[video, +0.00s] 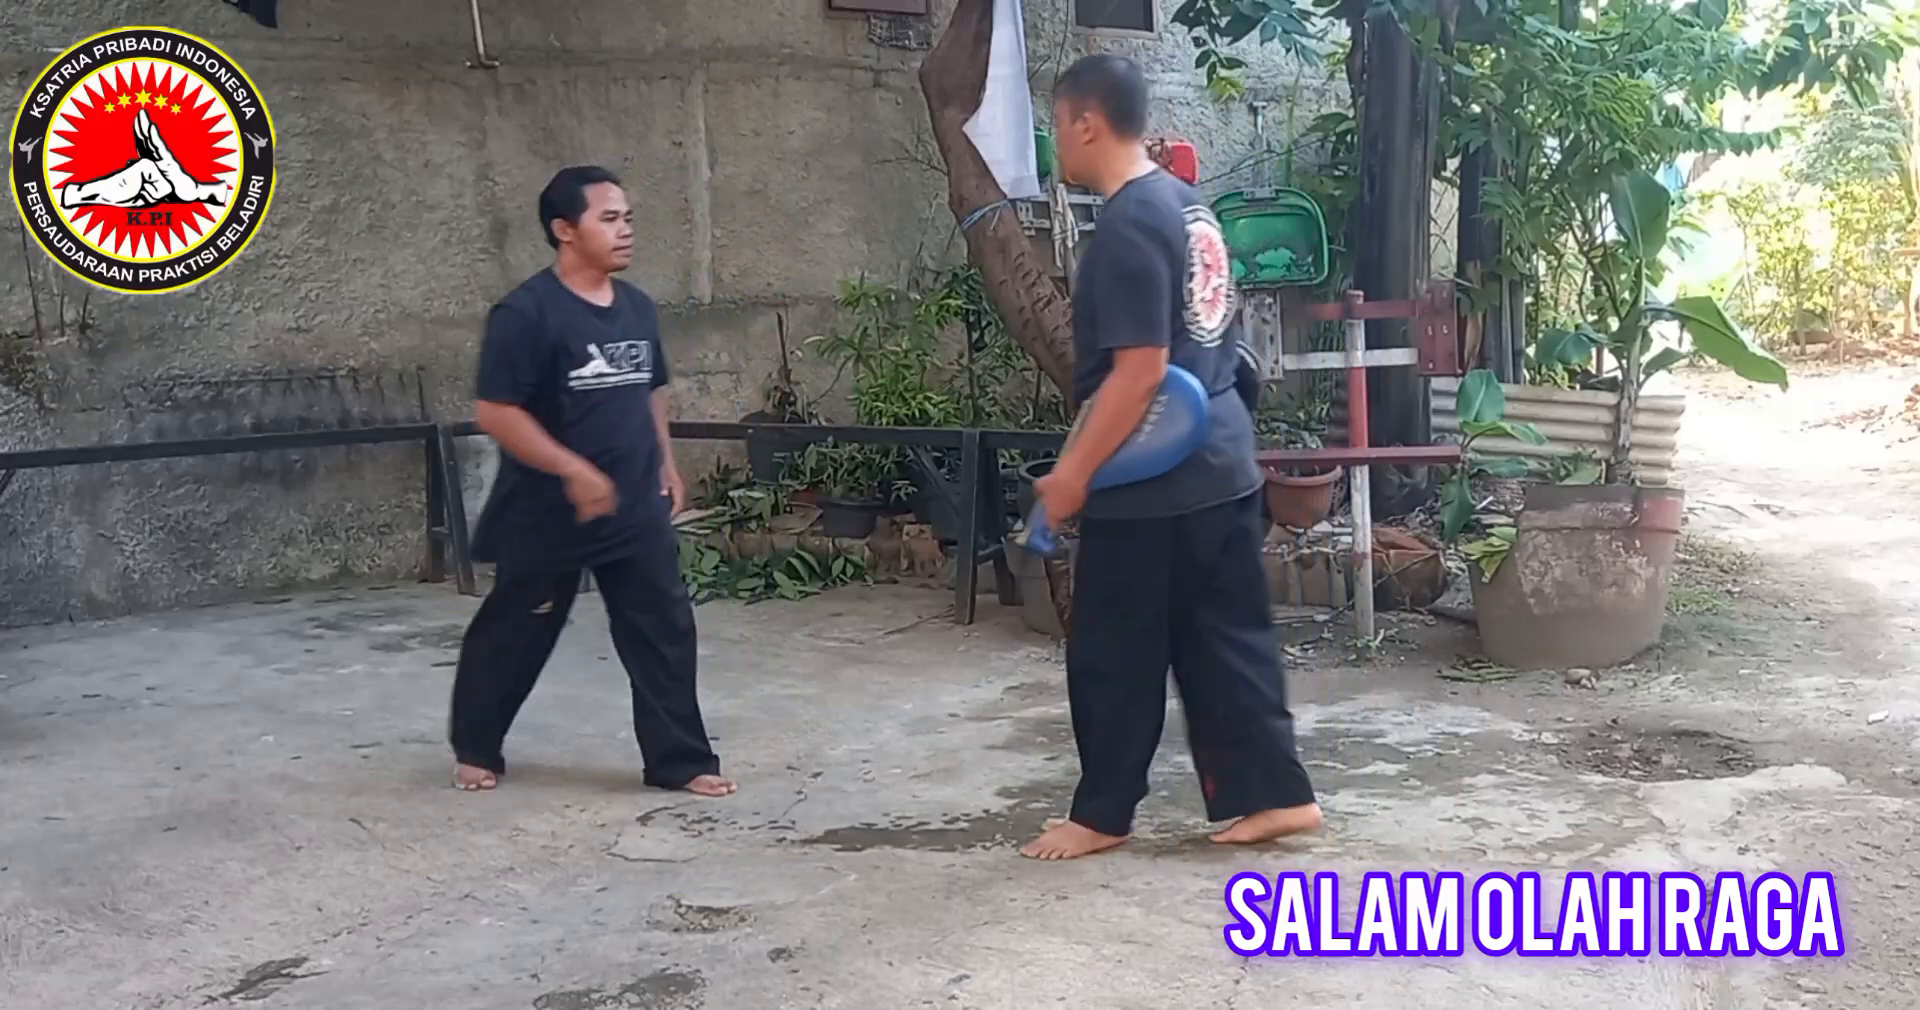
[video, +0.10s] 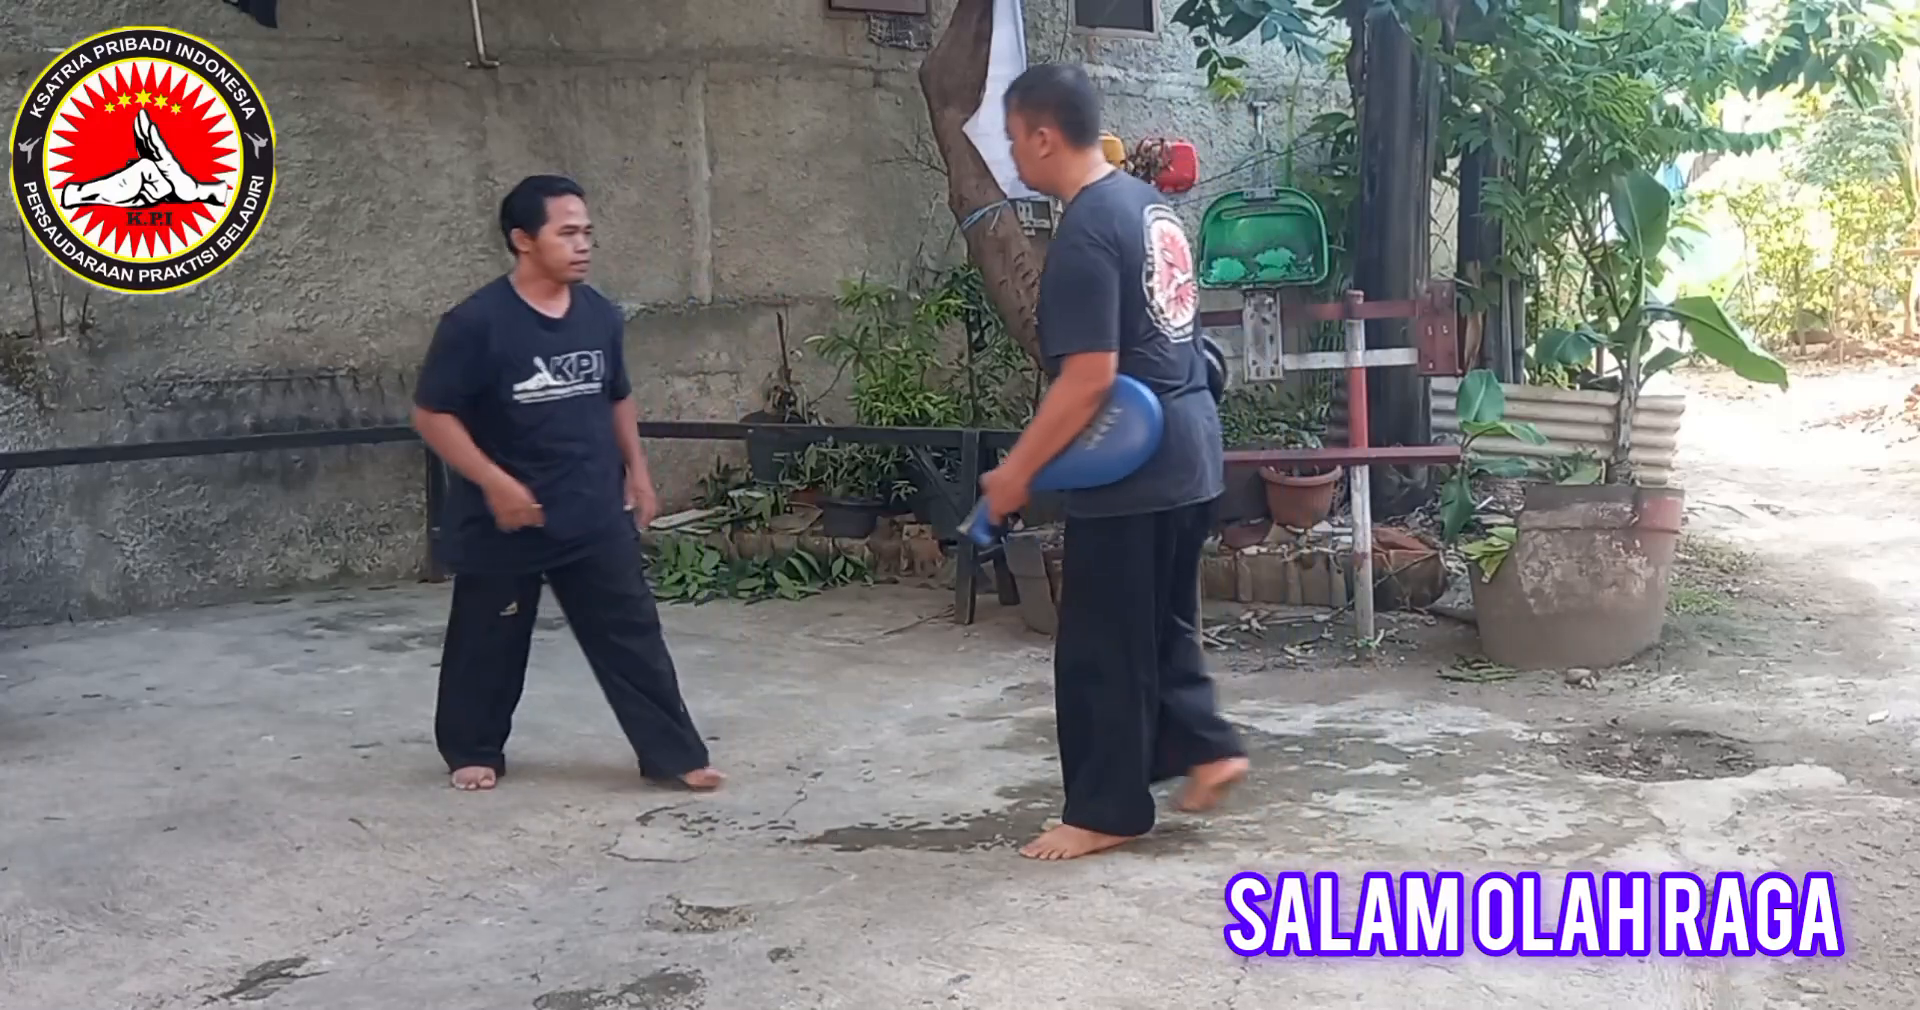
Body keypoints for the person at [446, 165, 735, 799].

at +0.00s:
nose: (626, 230)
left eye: (627, 218)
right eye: (610, 219)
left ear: (626, 223)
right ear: (565, 230)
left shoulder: (637, 307)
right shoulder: (524, 314)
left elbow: (652, 394)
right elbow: (495, 411)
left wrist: (665, 460)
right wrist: (572, 470)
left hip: (635, 507)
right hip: (550, 514)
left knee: (665, 631)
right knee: (516, 630)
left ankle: (679, 761)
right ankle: (476, 746)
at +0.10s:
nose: (585, 242)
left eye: (587, 230)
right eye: (569, 231)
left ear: (589, 235)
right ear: (523, 240)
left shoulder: (599, 315)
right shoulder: (474, 324)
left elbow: (618, 397)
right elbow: (430, 414)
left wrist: (637, 468)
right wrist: (494, 482)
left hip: (592, 509)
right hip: (502, 519)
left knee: (631, 632)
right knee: (488, 639)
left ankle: (674, 755)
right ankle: (474, 753)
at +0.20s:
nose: (561, 234)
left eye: (564, 222)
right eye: (545, 223)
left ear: (569, 226)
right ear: (500, 230)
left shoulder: (587, 304)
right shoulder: (450, 313)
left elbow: (607, 384)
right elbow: (413, 401)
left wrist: (614, 453)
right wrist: (458, 470)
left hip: (579, 498)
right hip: (490, 506)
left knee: (615, 611)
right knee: (482, 634)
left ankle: (642, 735)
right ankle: (475, 754)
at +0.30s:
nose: (549, 230)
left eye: (553, 217)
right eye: (533, 219)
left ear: (559, 222)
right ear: (487, 226)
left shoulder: (582, 299)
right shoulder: (436, 306)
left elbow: (608, 376)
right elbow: (406, 388)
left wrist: (610, 444)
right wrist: (442, 459)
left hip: (571, 492)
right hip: (480, 499)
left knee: (592, 608)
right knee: (477, 629)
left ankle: (584, 727)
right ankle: (474, 752)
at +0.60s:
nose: (561, 239)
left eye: (566, 227)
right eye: (546, 228)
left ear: (571, 229)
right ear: (503, 231)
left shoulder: (592, 303)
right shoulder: (450, 297)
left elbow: (621, 380)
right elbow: (415, 363)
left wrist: (602, 439)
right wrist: (443, 431)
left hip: (562, 483)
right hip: (474, 480)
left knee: (572, 594)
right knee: (450, 579)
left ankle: (585, 723)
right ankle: (470, 705)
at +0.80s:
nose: (534, 256)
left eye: (538, 245)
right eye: (519, 245)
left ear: (544, 253)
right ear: (476, 254)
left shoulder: (569, 331)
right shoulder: (430, 330)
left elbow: (608, 412)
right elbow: (401, 401)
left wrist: (588, 464)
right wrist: (430, 461)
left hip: (558, 501)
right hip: (468, 506)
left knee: (612, 588)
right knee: (457, 620)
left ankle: (611, 712)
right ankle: (488, 716)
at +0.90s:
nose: (546, 245)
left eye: (550, 235)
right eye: (530, 235)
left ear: (556, 245)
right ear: (490, 247)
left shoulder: (584, 322)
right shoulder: (446, 324)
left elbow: (628, 404)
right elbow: (430, 401)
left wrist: (607, 457)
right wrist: (450, 451)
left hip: (574, 494)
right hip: (484, 499)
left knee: (626, 588)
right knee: (465, 608)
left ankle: (673, 725)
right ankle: (480, 713)